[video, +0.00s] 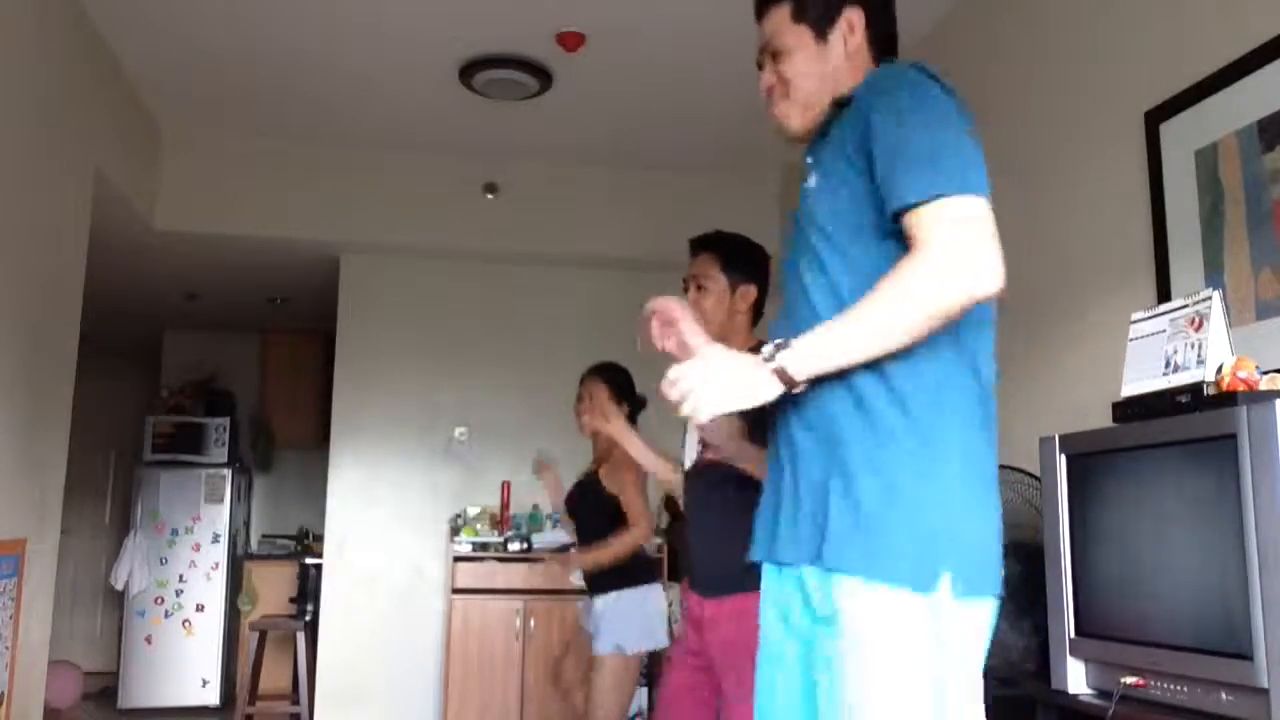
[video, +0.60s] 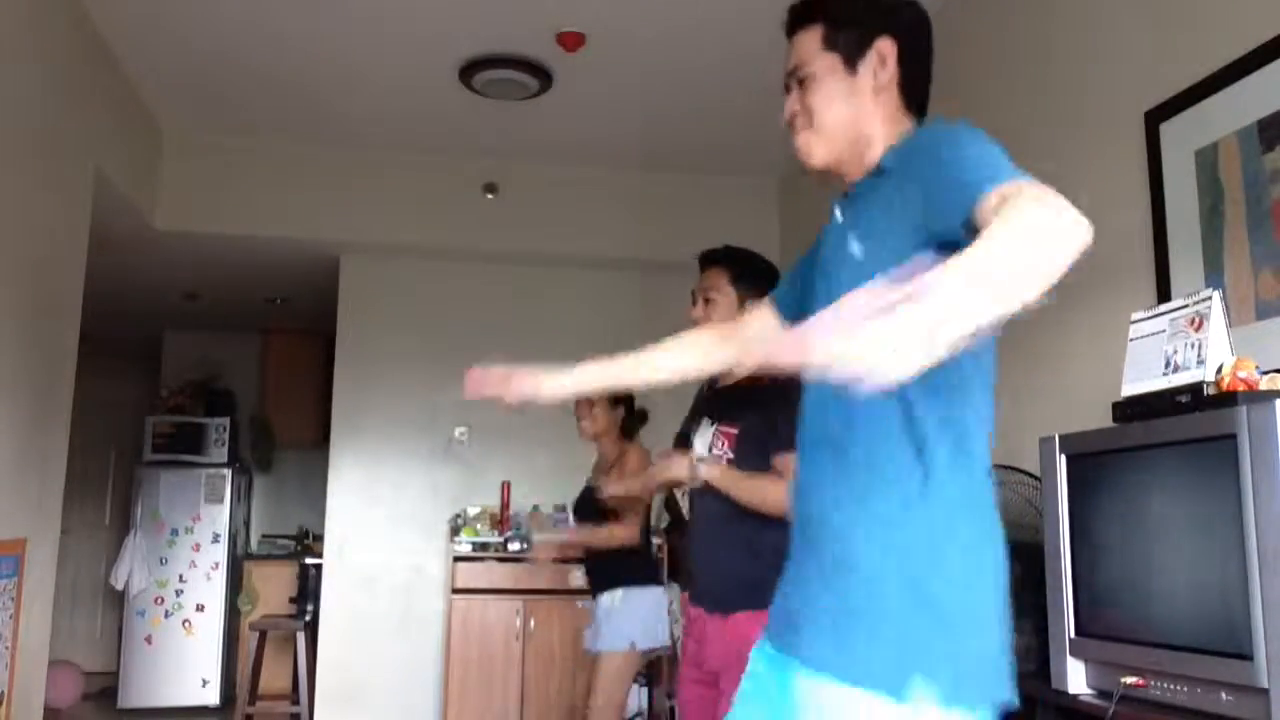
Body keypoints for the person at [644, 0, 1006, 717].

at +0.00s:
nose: (765, 80)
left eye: (776, 54)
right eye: (762, 62)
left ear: (848, 31)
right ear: (845, 35)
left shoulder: (897, 95)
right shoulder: (829, 162)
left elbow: (966, 258)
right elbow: (825, 357)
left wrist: (775, 369)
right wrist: (718, 356)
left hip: (897, 554)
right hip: (810, 549)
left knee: (890, 708)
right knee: (797, 708)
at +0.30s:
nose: (771, 87)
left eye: (785, 61)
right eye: (770, 70)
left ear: (861, 46)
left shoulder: (921, 128)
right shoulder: (834, 193)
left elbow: (948, 282)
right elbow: (830, 374)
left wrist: (724, 359)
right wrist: (723, 371)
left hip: (893, 602)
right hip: (810, 592)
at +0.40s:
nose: (783, 99)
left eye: (796, 72)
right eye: (781, 82)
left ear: (875, 51)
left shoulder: (954, 143)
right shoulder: (831, 221)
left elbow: (929, 286)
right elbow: (746, 346)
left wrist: (789, 347)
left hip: (918, 601)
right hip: (799, 590)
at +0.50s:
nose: (785, 123)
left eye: (803, 95)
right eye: (786, 103)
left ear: (881, 85)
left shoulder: (951, 172)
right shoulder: (819, 260)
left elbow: (1010, 254)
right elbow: (716, 348)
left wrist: (793, 395)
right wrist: (591, 425)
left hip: (935, 648)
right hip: (805, 631)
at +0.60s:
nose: (787, 108)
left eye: (803, 80)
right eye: (786, 90)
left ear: (879, 66)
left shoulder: (939, 152)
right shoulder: (832, 244)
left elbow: (1051, 226)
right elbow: (737, 339)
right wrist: (563, 380)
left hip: (917, 640)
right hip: (806, 625)